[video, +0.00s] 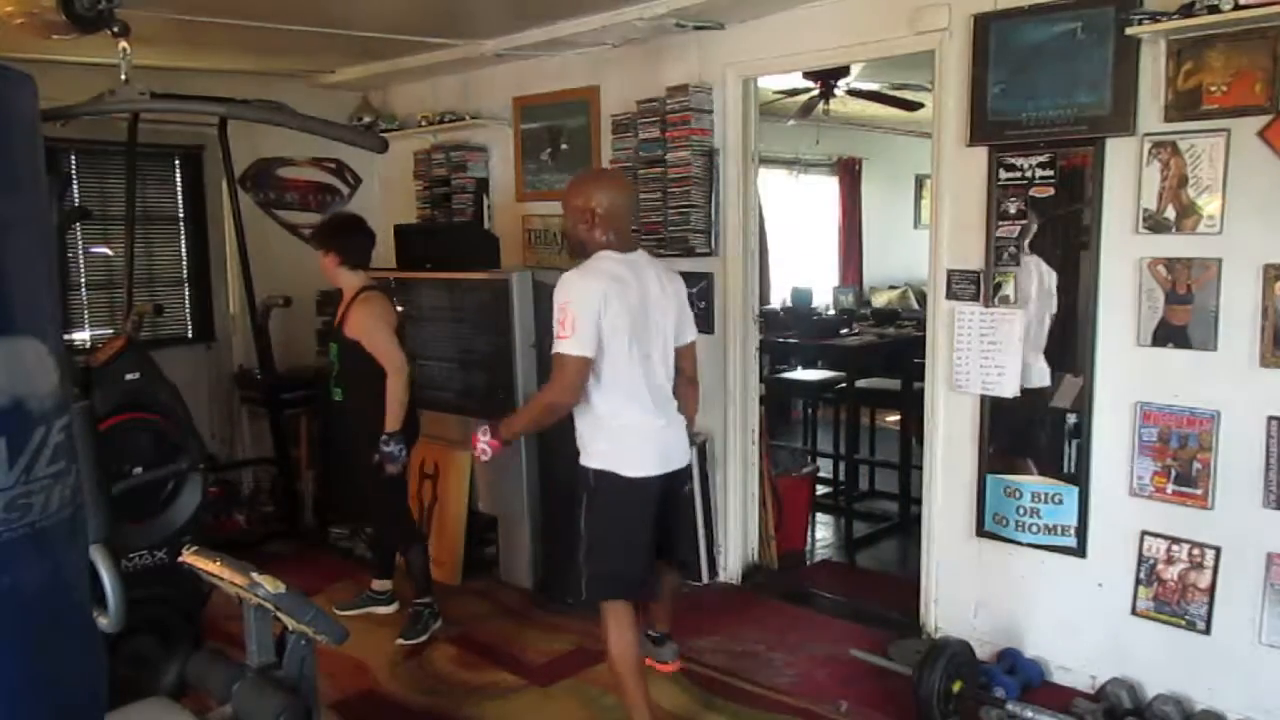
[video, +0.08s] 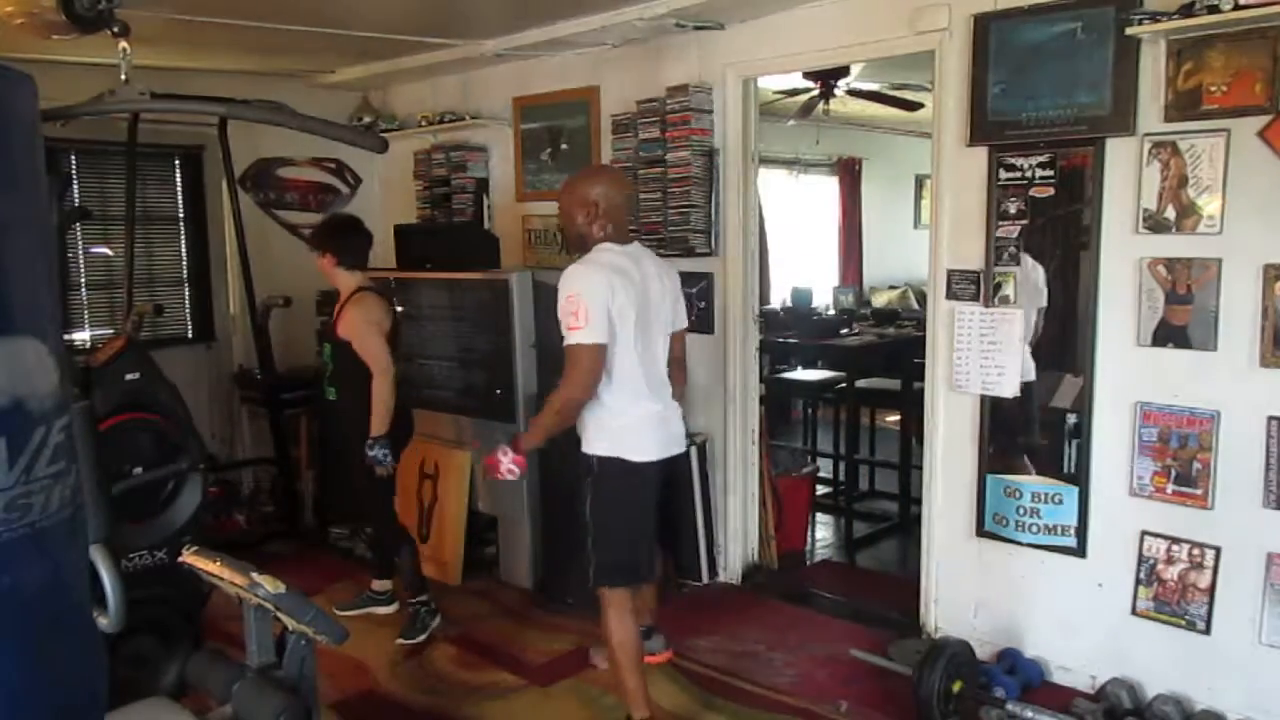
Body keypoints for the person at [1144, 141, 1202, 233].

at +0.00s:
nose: (1158, 158)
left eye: (1159, 153)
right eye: (1155, 156)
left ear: (1168, 149)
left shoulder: (1175, 161)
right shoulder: (1164, 165)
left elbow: (1171, 188)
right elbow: (1162, 188)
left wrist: (1160, 213)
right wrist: (1157, 213)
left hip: (1190, 212)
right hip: (1180, 213)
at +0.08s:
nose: (1158, 158)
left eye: (1159, 153)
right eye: (1155, 156)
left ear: (1168, 149)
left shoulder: (1175, 161)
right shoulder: (1164, 166)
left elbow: (1171, 188)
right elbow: (1162, 188)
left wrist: (1160, 213)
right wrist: (1157, 213)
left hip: (1190, 212)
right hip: (1180, 213)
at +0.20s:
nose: (1158, 158)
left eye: (1159, 153)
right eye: (1155, 156)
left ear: (1168, 149)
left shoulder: (1175, 161)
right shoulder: (1164, 165)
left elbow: (1171, 188)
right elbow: (1162, 188)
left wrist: (1160, 213)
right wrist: (1157, 213)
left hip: (1190, 212)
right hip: (1180, 213)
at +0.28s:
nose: (1158, 158)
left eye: (1159, 154)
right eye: (1155, 156)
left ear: (1168, 149)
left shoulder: (1175, 161)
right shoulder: (1164, 165)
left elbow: (1170, 188)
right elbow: (1162, 188)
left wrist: (1160, 213)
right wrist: (1157, 212)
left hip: (1190, 212)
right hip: (1180, 212)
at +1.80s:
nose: (1158, 159)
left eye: (1159, 154)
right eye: (1155, 156)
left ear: (1169, 150)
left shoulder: (1175, 162)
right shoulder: (1164, 166)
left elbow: (1170, 188)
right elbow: (1161, 188)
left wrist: (1160, 214)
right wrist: (1157, 213)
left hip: (1190, 211)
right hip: (1180, 212)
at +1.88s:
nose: (1158, 159)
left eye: (1159, 154)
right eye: (1155, 156)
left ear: (1169, 150)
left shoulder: (1175, 162)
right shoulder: (1164, 166)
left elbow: (1170, 188)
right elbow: (1161, 188)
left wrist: (1160, 214)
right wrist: (1157, 213)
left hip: (1190, 211)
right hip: (1180, 212)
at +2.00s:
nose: (1158, 159)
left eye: (1159, 154)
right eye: (1155, 156)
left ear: (1169, 150)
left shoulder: (1175, 162)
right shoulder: (1164, 166)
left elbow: (1170, 188)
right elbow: (1161, 188)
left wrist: (1160, 214)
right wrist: (1157, 213)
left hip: (1190, 211)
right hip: (1180, 212)